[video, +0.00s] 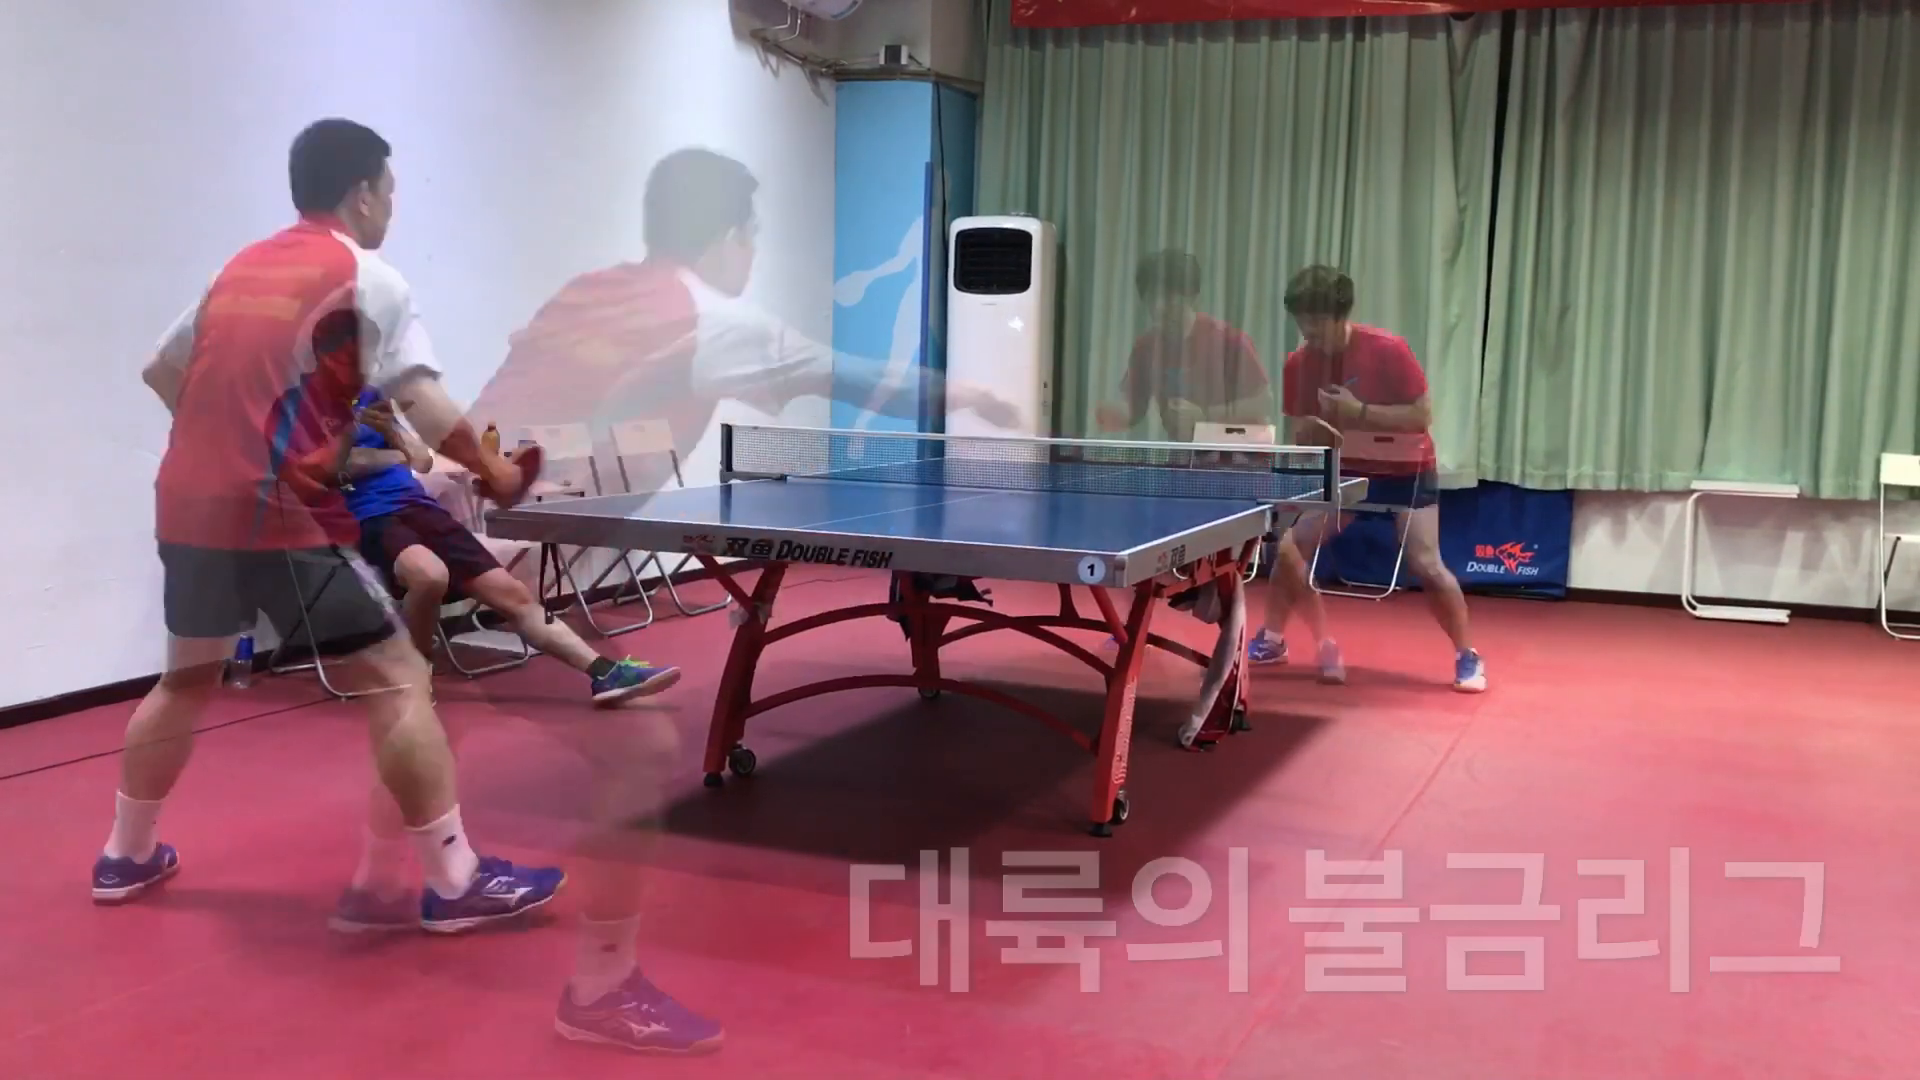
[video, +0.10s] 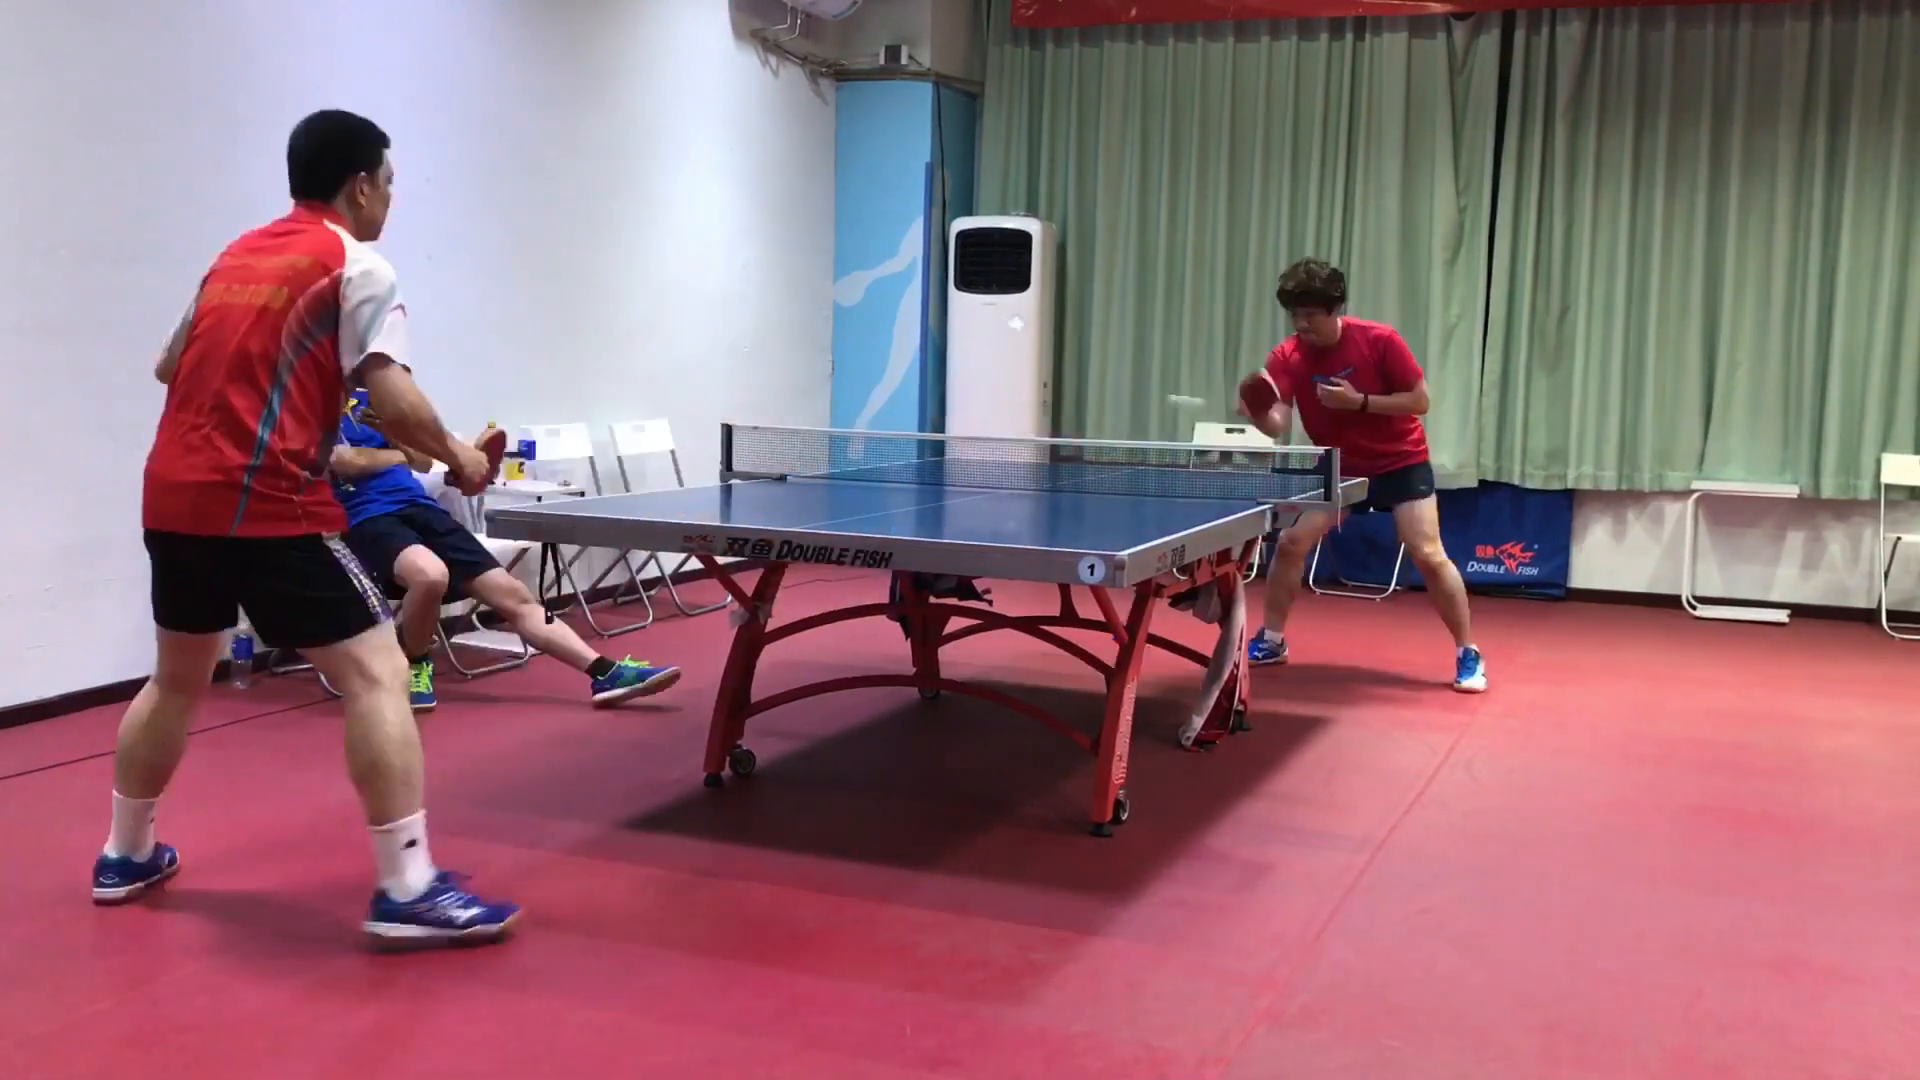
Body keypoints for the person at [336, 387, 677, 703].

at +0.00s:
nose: (352, 361)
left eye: (356, 349)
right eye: (340, 352)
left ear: (367, 349)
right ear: (320, 355)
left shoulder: (377, 399)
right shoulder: (307, 401)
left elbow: (423, 461)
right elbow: (320, 470)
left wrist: (394, 430)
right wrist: (395, 457)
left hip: (414, 503)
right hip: (370, 515)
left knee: (511, 592)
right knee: (429, 576)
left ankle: (602, 670)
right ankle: (418, 671)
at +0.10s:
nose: (350, 364)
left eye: (350, 357)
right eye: (338, 358)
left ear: (356, 359)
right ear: (314, 364)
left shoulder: (373, 399)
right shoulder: (312, 406)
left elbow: (422, 460)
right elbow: (342, 462)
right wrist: (403, 453)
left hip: (416, 506)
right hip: (367, 517)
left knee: (513, 595)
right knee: (428, 575)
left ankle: (603, 670)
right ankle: (417, 665)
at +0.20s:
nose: (346, 374)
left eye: (350, 367)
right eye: (335, 369)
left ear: (359, 366)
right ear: (311, 374)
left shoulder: (380, 402)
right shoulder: (305, 415)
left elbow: (405, 453)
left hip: (417, 507)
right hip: (364, 519)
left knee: (511, 593)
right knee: (430, 575)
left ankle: (602, 670)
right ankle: (417, 666)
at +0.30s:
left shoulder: (383, 416)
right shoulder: (313, 421)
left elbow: (424, 460)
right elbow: (330, 467)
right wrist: (395, 452)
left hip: (412, 516)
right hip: (361, 524)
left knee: (514, 594)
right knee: (430, 575)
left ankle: (603, 669)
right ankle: (415, 664)